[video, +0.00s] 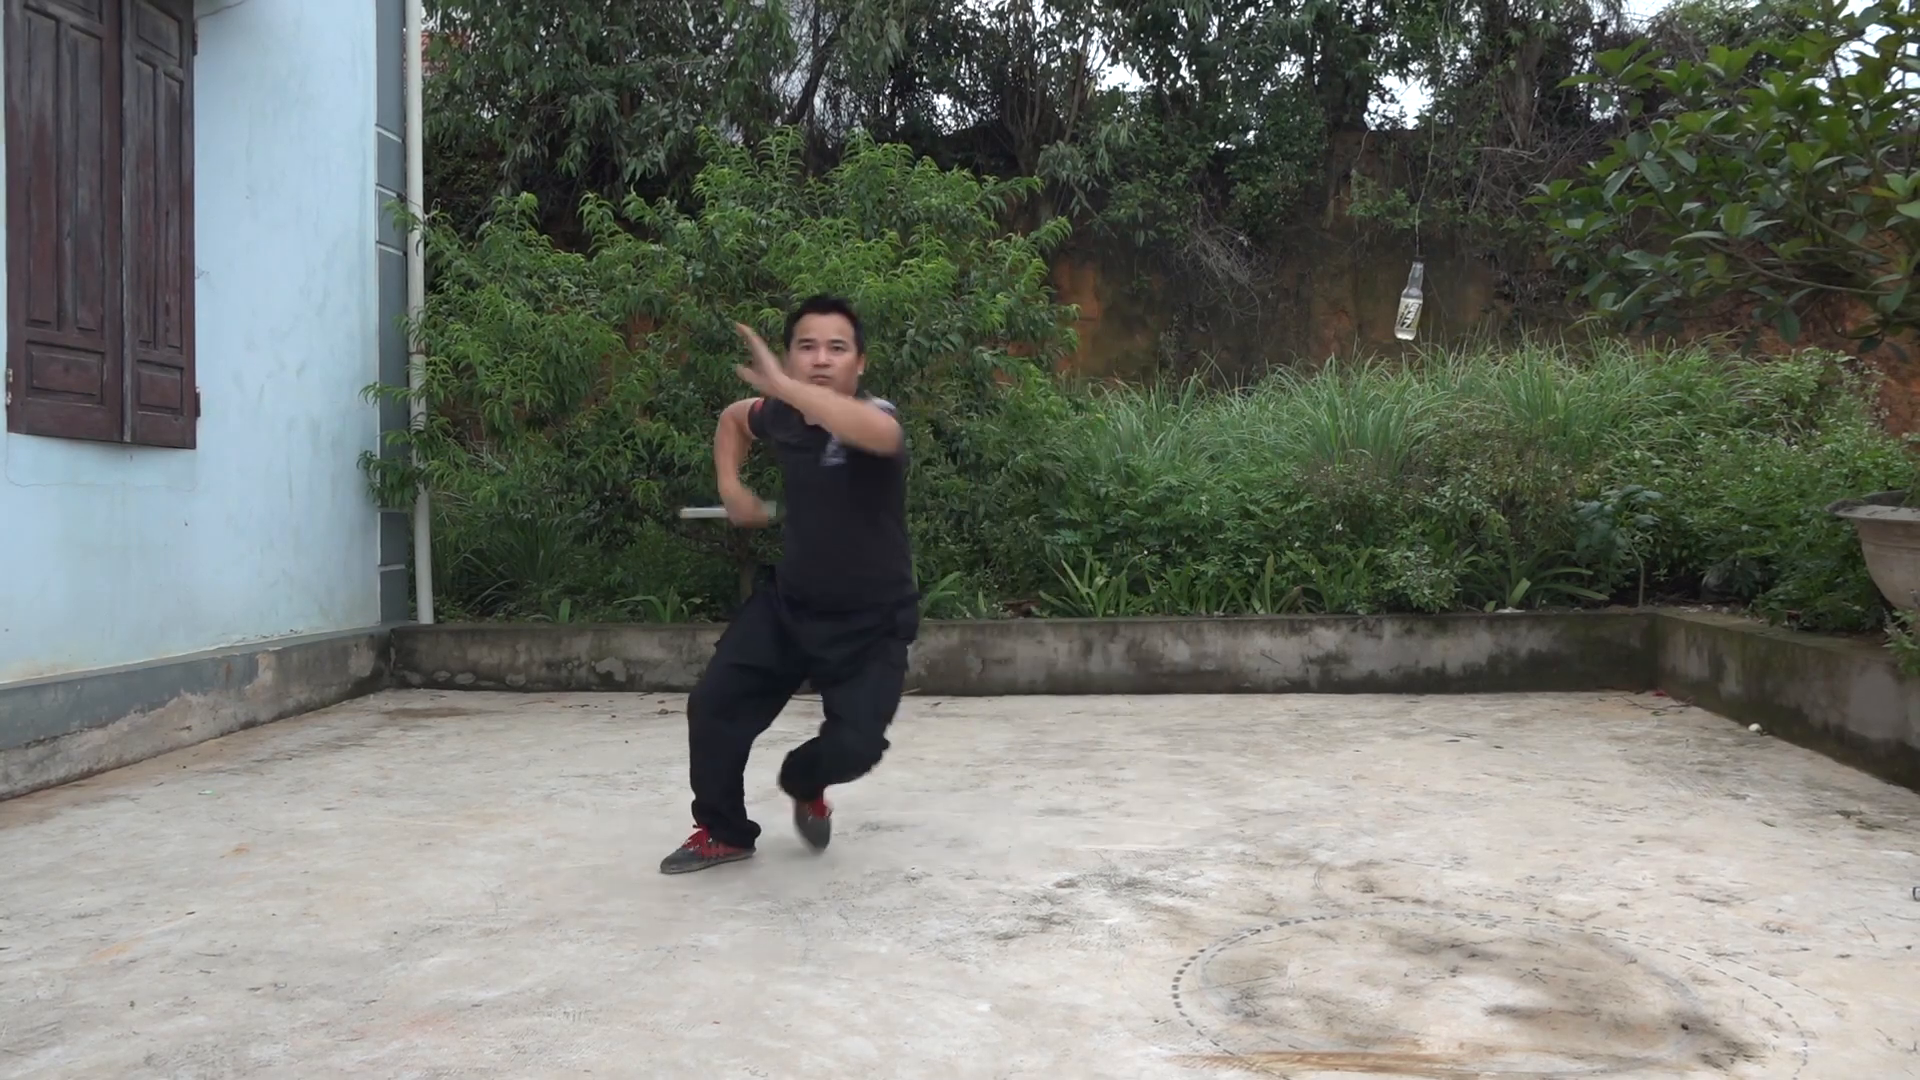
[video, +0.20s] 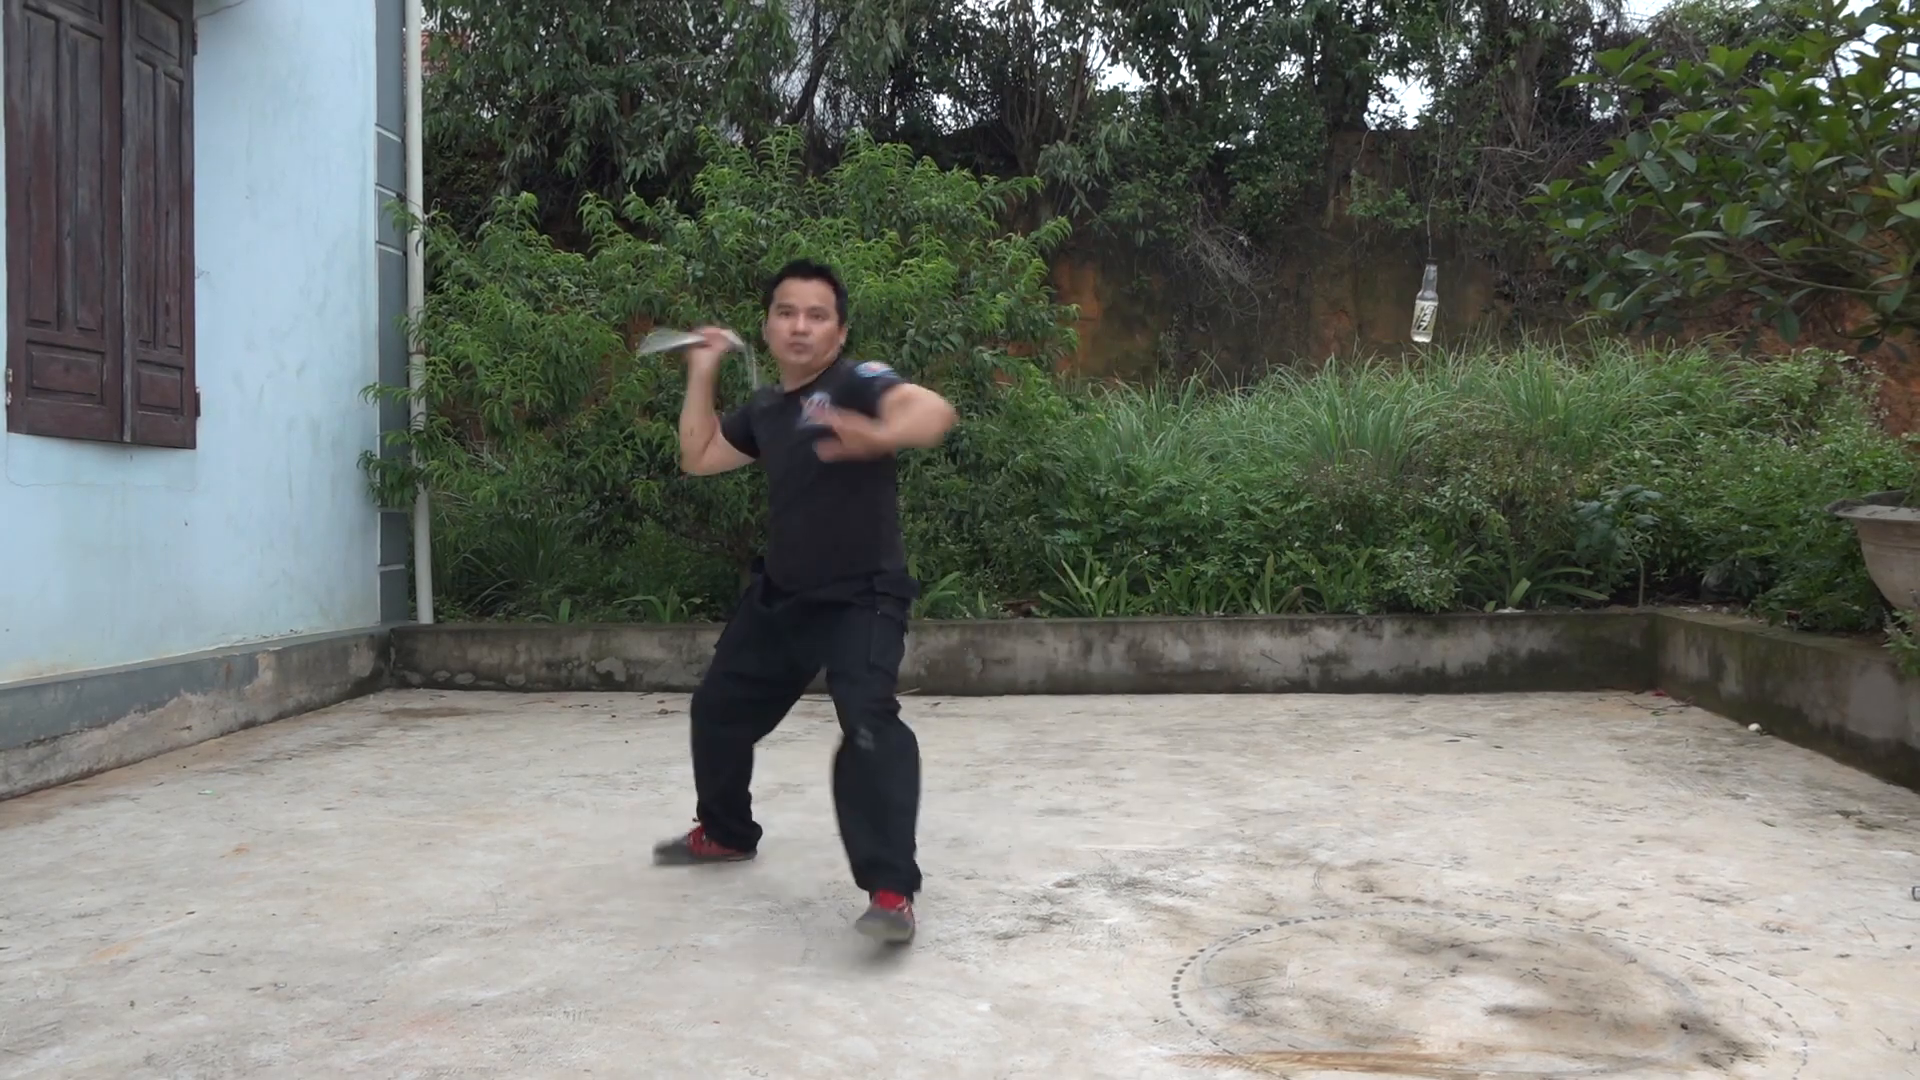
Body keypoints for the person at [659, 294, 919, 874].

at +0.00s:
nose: (821, 358)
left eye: (837, 347)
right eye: (807, 347)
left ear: (859, 363)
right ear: (788, 363)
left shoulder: (877, 412)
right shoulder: (781, 415)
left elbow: (882, 436)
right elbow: (733, 418)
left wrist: (786, 387)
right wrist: (732, 489)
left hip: (871, 617)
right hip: (790, 606)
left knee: (857, 747)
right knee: (714, 707)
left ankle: (803, 779)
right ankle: (724, 830)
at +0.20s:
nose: (799, 326)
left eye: (816, 315)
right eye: (787, 312)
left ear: (840, 329)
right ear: (768, 326)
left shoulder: (862, 383)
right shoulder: (765, 412)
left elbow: (935, 414)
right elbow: (699, 455)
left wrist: (880, 436)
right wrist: (702, 371)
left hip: (864, 595)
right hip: (783, 596)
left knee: (867, 719)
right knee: (718, 709)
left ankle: (890, 890)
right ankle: (726, 830)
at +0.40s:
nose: (830, 310)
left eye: (848, 300)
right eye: (819, 298)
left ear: (880, 319)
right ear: (803, 314)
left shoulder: (913, 407)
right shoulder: (776, 379)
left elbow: (944, 502)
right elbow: (709, 332)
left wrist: (944, 549)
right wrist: (697, 245)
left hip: (880, 602)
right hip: (796, 603)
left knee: (863, 748)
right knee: (788, 737)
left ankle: (887, 915)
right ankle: (824, 822)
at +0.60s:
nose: (811, 293)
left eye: (828, 281)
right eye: (812, 281)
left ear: (875, 297)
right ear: (825, 297)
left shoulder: (923, 380)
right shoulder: (788, 369)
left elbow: (992, 464)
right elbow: (679, 387)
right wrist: (615, 312)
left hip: (878, 587)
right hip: (799, 583)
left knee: (857, 739)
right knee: (785, 713)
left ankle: (881, 918)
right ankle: (805, 817)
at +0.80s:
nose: (783, 317)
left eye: (796, 302)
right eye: (782, 304)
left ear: (842, 309)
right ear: (806, 315)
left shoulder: (864, 378)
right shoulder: (813, 385)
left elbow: (858, 328)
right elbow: (781, 398)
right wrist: (730, 405)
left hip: (866, 581)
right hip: (811, 582)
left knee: (859, 730)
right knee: (805, 697)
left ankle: (929, 899)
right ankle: (827, 789)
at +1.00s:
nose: (757, 404)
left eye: (769, 392)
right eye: (755, 392)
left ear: (813, 398)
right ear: (815, 402)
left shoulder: (794, 456)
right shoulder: (869, 438)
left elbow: (693, 494)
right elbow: (912, 452)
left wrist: (630, 506)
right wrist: (899, 444)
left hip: (862, 624)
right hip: (834, 627)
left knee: (869, 739)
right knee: (789, 705)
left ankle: (950, 909)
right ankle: (840, 806)